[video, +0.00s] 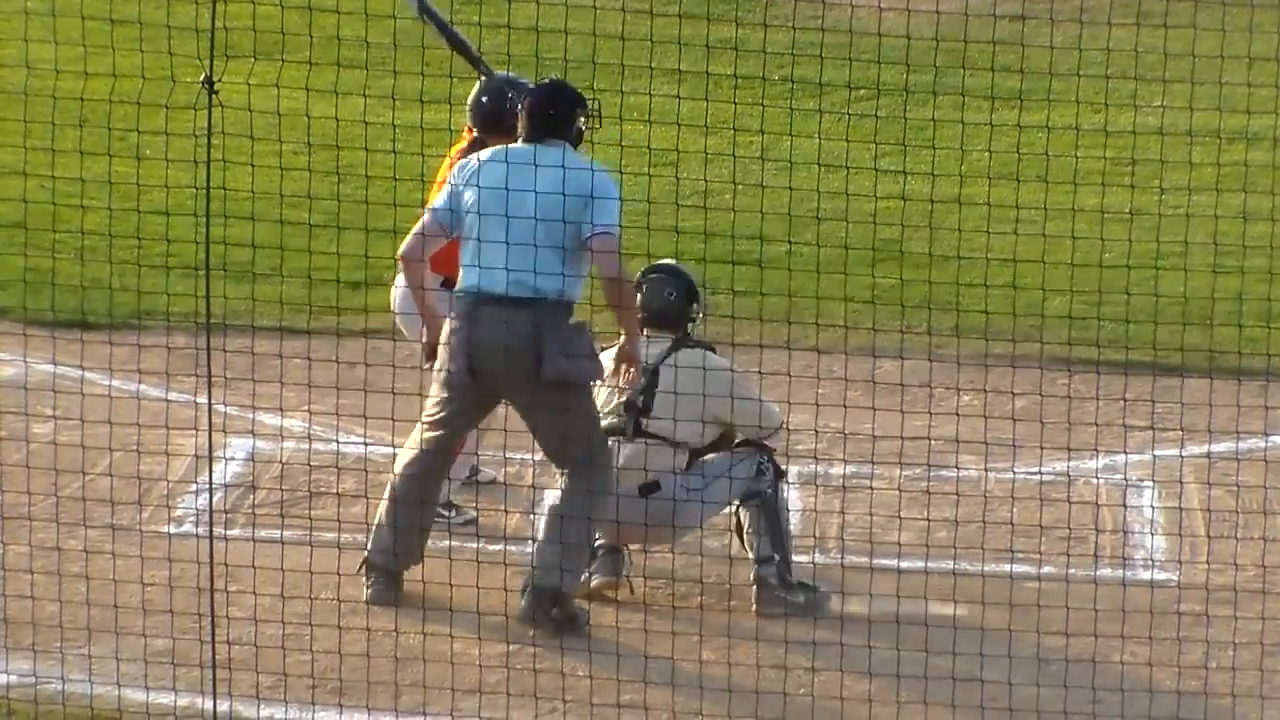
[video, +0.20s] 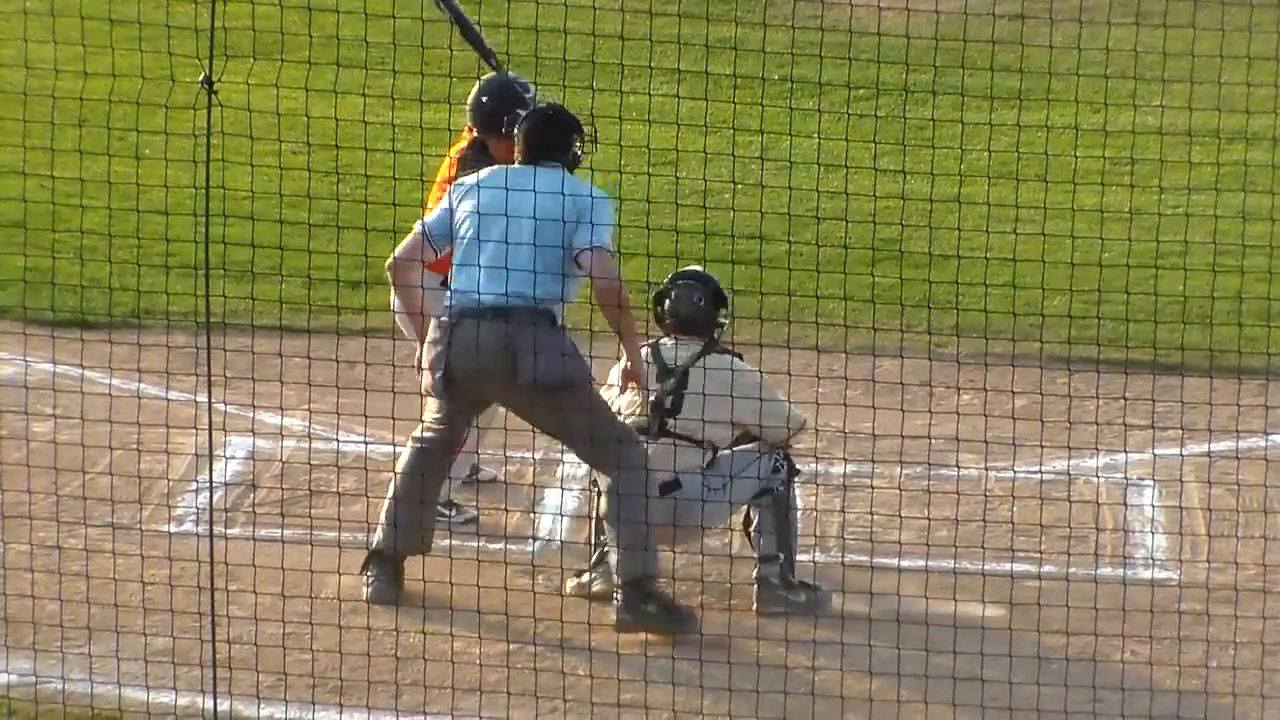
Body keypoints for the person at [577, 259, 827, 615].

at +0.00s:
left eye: (637, 299)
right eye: (691, 306)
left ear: (636, 310)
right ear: (687, 315)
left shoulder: (604, 361)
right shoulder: (703, 365)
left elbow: (593, 429)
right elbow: (769, 428)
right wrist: (701, 450)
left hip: (594, 504)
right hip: (660, 510)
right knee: (759, 464)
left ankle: (605, 561)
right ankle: (775, 584)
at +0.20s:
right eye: (716, 312)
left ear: (661, 318)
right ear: (713, 320)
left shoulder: (632, 360)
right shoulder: (727, 368)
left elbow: (598, 414)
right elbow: (788, 428)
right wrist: (730, 443)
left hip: (618, 500)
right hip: (685, 505)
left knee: (604, 451)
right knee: (775, 461)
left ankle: (601, 568)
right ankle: (776, 581)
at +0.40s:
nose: (736, 328)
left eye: (733, 319)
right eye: (734, 320)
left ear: (678, 322)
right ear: (728, 327)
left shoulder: (644, 365)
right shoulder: (739, 376)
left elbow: (623, 426)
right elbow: (802, 435)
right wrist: (746, 444)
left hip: (632, 504)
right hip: (694, 509)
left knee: (624, 450)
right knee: (781, 462)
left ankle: (607, 569)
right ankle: (778, 582)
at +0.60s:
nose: (739, 331)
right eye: (736, 324)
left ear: (679, 326)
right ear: (731, 331)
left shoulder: (649, 370)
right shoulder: (741, 383)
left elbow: (630, 430)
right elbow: (808, 449)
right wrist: (821, 464)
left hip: (634, 506)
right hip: (694, 510)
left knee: (626, 454)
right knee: (778, 471)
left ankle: (605, 569)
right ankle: (776, 585)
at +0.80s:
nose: (734, 336)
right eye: (731, 330)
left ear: (674, 332)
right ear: (726, 335)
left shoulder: (645, 375)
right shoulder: (733, 388)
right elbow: (783, 461)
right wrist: (823, 513)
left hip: (623, 514)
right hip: (679, 521)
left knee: (615, 452)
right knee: (768, 471)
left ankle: (605, 571)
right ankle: (775, 587)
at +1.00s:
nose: (731, 344)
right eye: (727, 337)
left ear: (669, 339)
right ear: (721, 343)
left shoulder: (642, 381)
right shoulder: (729, 394)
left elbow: (617, 446)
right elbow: (754, 471)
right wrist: (788, 536)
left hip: (627, 506)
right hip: (686, 512)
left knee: (615, 464)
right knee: (769, 470)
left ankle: (605, 576)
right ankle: (774, 592)